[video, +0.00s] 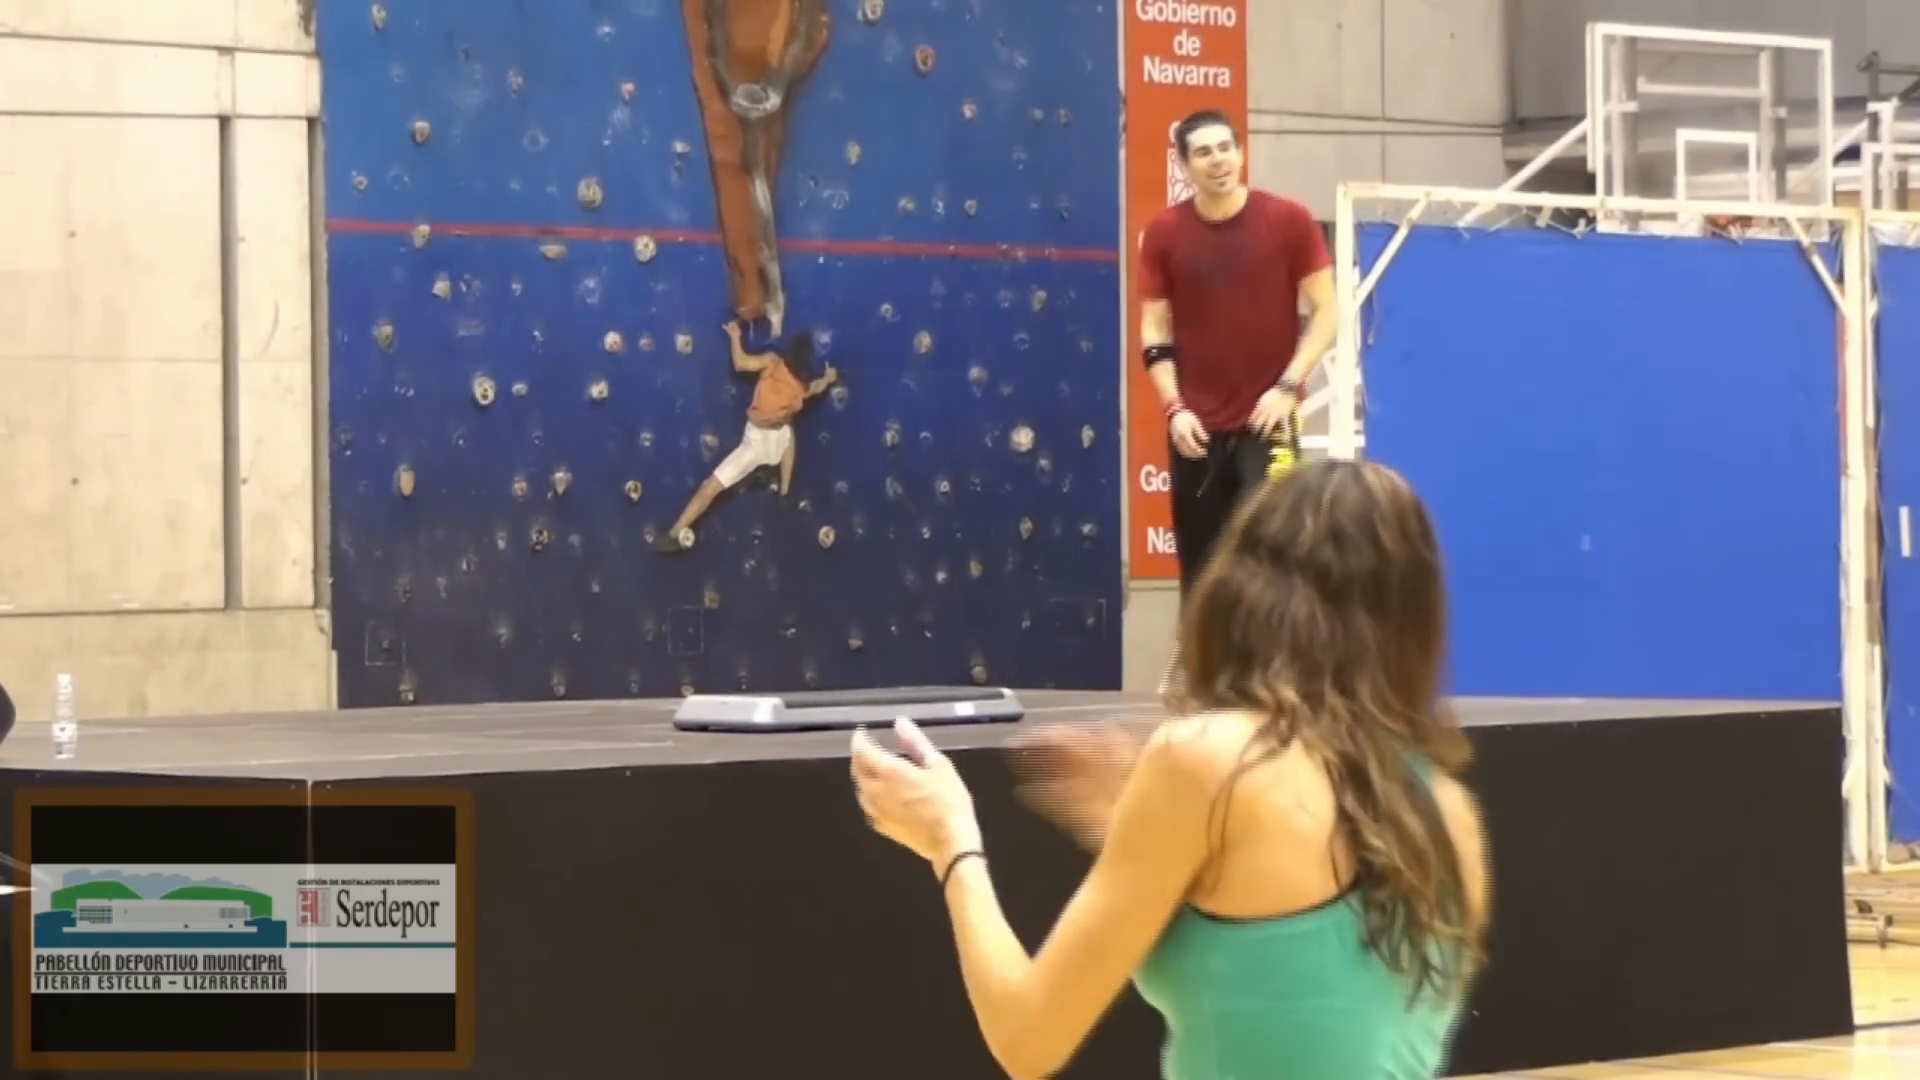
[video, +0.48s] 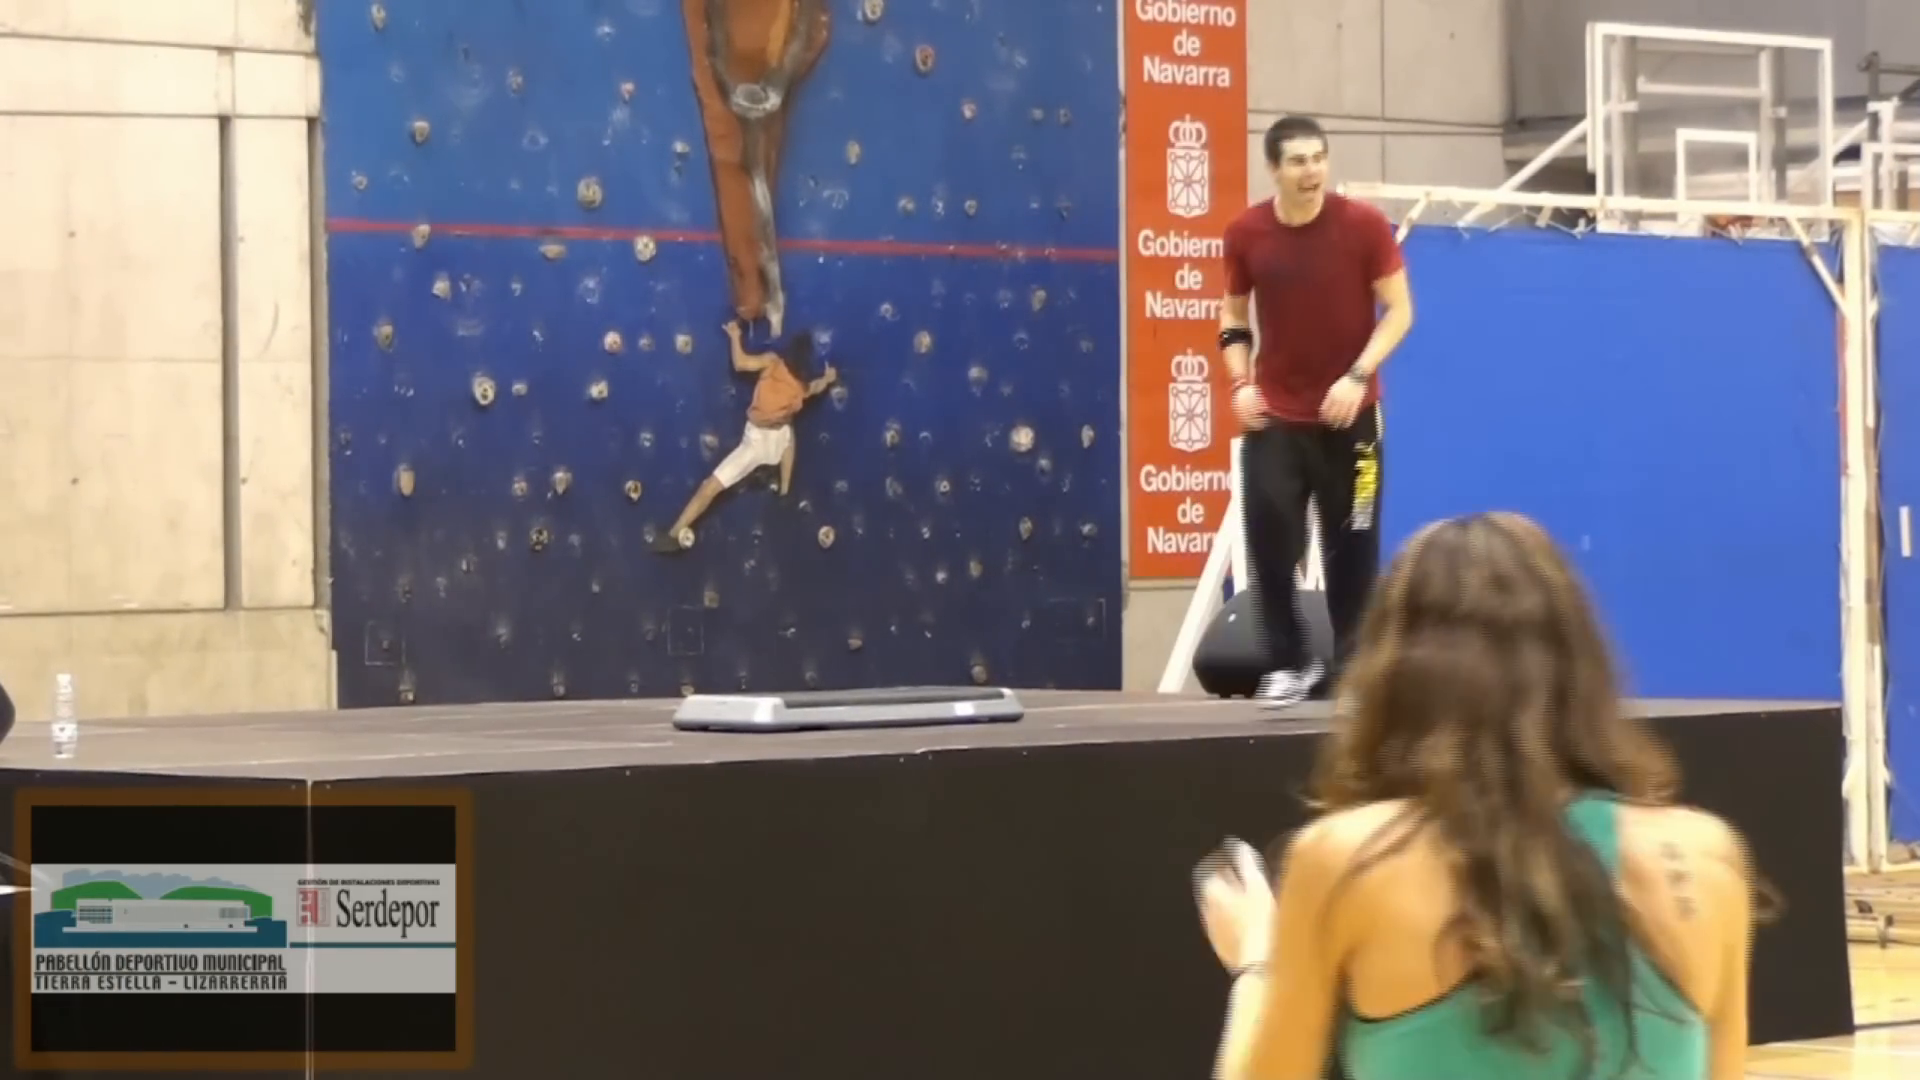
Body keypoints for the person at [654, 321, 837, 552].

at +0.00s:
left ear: (788, 351)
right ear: (808, 360)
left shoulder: (772, 362)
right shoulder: (802, 387)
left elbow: (740, 364)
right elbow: (817, 387)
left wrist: (735, 337)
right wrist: (829, 379)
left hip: (754, 443)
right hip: (778, 441)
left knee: (712, 484)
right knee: (788, 434)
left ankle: (677, 532)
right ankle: (784, 488)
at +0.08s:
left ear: (788, 352)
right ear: (807, 361)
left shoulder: (771, 362)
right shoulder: (802, 388)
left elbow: (740, 364)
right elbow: (817, 387)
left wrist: (735, 337)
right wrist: (829, 378)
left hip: (754, 443)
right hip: (778, 441)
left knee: (711, 485)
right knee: (788, 434)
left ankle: (677, 532)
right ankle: (784, 487)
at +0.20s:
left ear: (788, 352)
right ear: (807, 361)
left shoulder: (772, 362)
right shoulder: (802, 387)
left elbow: (740, 364)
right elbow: (816, 387)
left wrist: (735, 337)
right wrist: (829, 379)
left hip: (755, 443)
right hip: (779, 441)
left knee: (711, 485)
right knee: (788, 434)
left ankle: (676, 532)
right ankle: (784, 488)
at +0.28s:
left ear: (788, 351)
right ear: (807, 360)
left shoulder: (772, 362)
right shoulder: (803, 387)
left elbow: (740, 364)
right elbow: (816, 387)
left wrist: (735, 337)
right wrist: (828, 379)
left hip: (755, 443)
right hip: (779, 441)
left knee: (712, 485)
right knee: (788, 434)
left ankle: (676, 533)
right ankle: (784, 488)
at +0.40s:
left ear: (788, 352)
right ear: (807, 360)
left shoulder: (772, 361)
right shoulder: (802, 387)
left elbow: (740, 364)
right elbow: (816, 387)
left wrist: (734, 337)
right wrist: (828, 379)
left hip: (755, 442)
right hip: (779, 440)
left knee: (713, 484)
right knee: (788, 434)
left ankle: (676, 532)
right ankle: (784, 487)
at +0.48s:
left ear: (788, 352)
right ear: (807, 360)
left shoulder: (772, 361)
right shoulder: (802, 387)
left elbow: (740, 364)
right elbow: (816, 387)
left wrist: (734, 337)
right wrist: (828, 379)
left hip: (755, 442)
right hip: (779, 440)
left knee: (713, 484)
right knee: (788, 434)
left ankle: (676, 532)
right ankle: (784, 487)